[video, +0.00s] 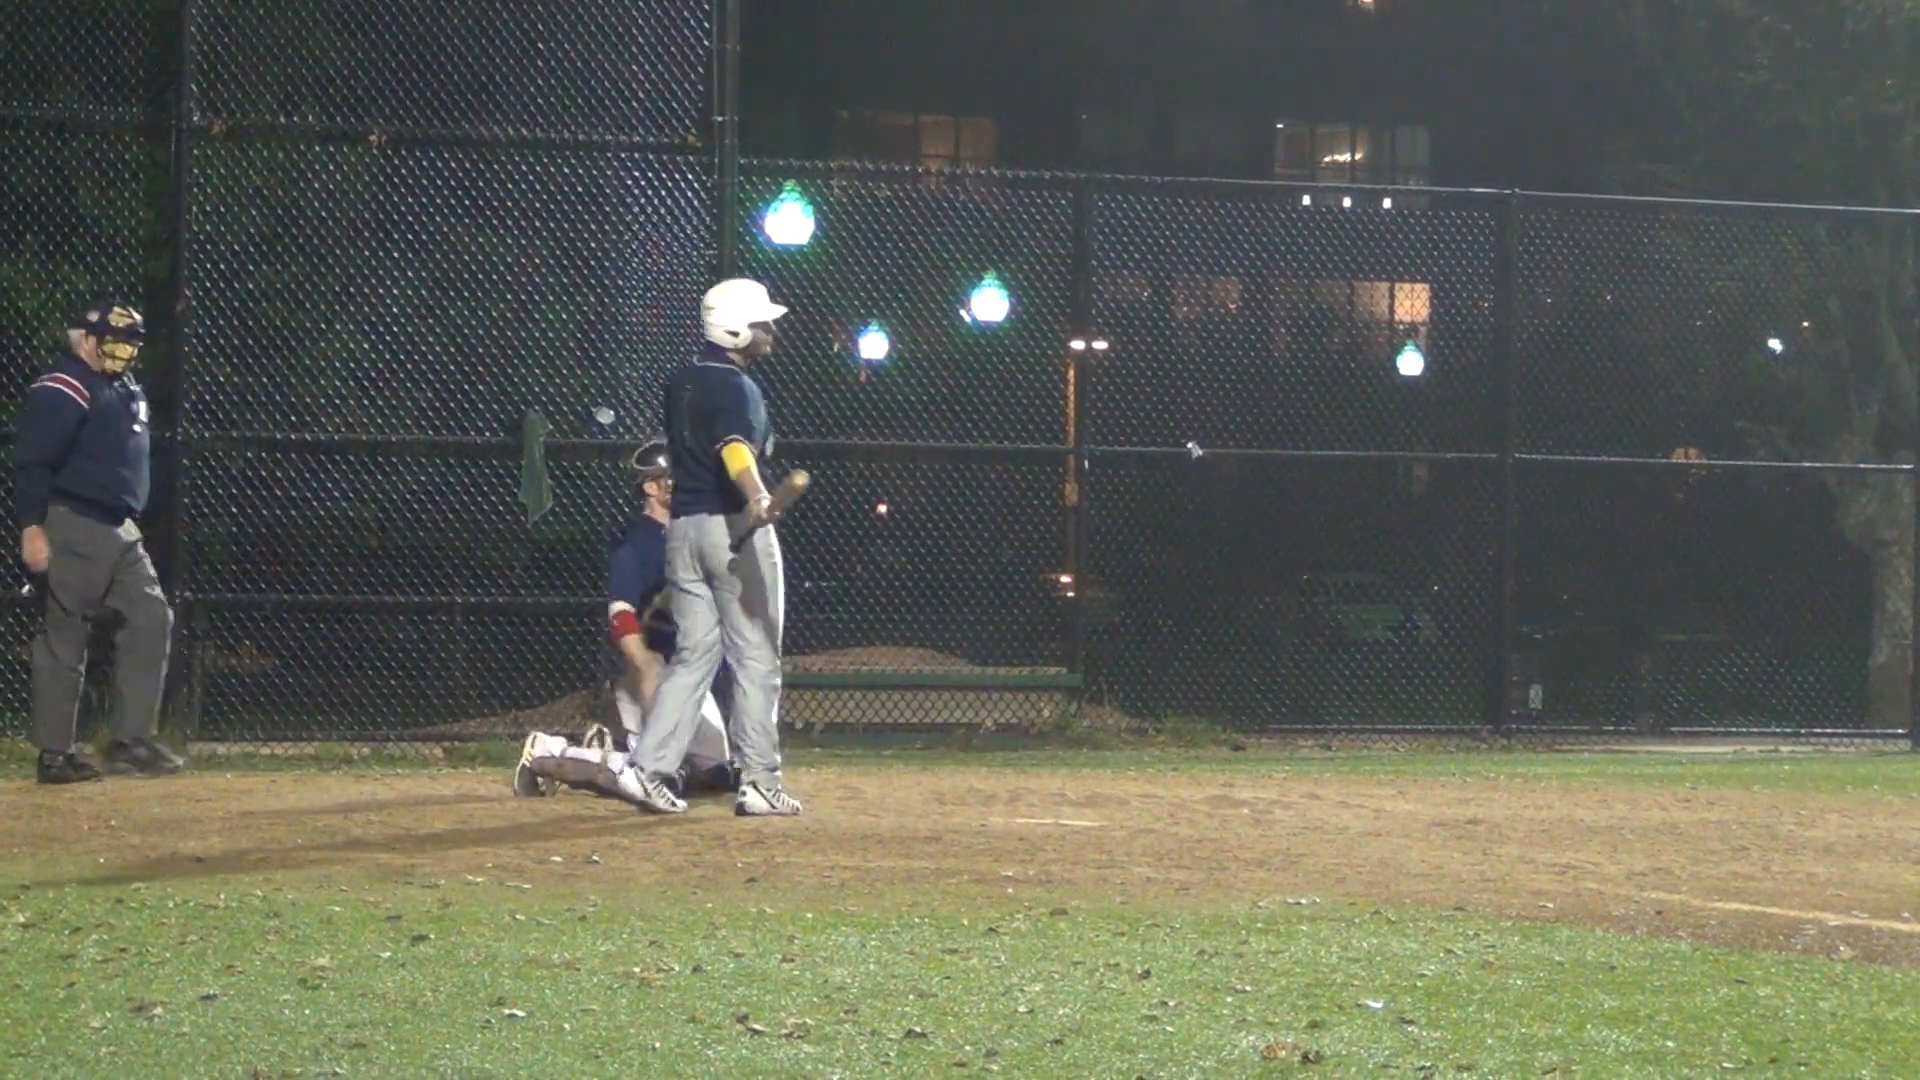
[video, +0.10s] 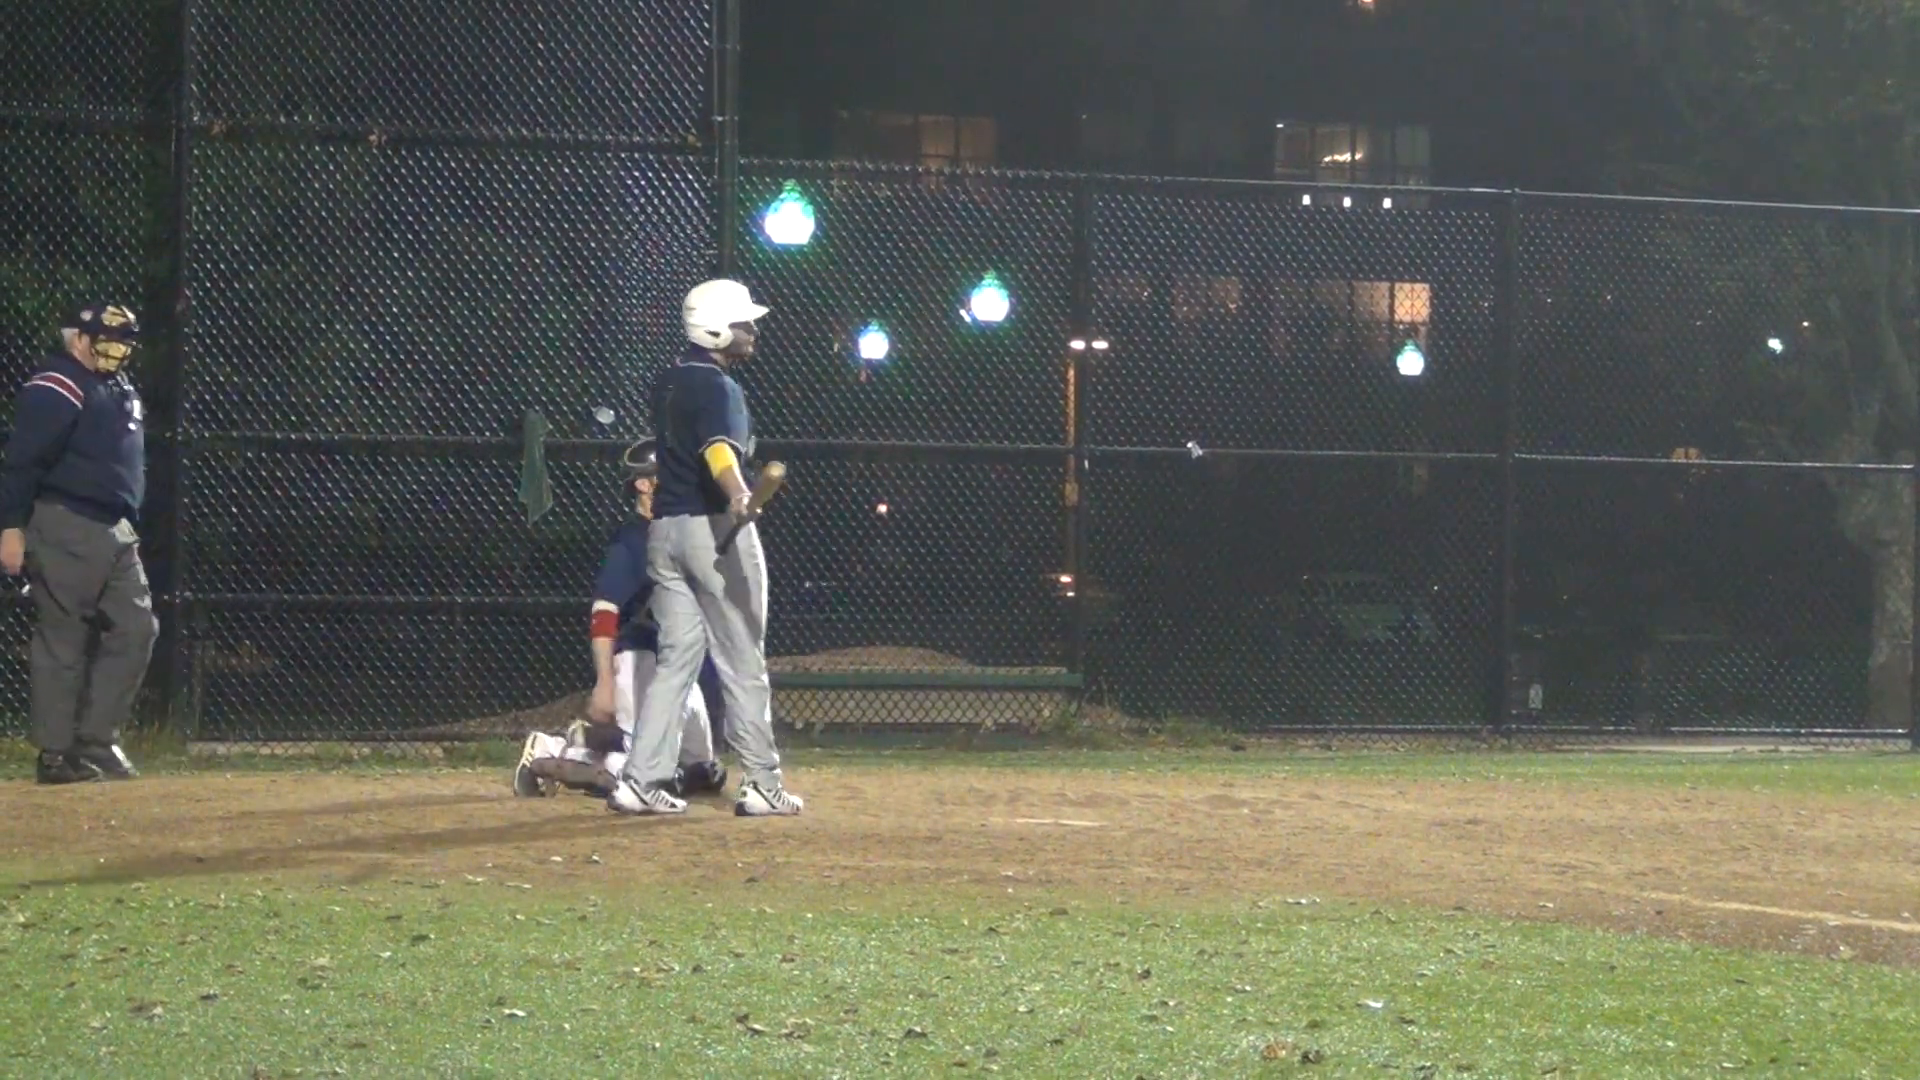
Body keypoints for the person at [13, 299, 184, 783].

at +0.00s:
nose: (119, 351)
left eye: (126, 343)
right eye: (110, 341)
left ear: (134, 347)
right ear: (85, 340)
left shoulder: (127, 389)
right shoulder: (66, 385)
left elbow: (119, 459)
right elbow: (31, 458)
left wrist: (124, 515)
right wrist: (31, 526)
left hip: (119, 528)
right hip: (74, 525)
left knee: (151, 618)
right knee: (65, 633)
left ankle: (133, 740)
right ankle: (57, 753)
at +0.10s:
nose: (117, 354)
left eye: (123, 347)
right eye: (109, 344)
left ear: (127, 349)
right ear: (81, 341)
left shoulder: (121, 391)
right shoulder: (56, 386)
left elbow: (112, 462)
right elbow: (20, 459)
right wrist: (12, 527)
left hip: (114, 530)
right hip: (66, 526)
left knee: (134, 629)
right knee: (61, 636)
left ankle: (97, 742)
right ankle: (55, 751)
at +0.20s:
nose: (111, 352)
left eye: (118, 344)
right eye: (102, 343)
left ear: (123, 347)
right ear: (76, 340)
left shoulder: (119, 391)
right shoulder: (54, 385)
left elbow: (113, 462)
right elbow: (16, 459)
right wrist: (6, 527)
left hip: (109, 527)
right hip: (62, 522)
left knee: (110, 638)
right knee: (60, 636)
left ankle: (79, 745)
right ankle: (54, 751)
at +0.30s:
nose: (107, 349)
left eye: (114, 341)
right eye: (97, 340)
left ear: (120, 345)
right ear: (72, 338)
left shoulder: (119, 393)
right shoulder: (52, 384)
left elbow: (115, 471)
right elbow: (13, 459)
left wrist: (121, 537)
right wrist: (5, 528)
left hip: (103, 529)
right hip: (61, 522)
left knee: (92, 639)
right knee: (59, 635)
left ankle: (70, 748)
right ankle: (52, 753)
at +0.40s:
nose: (106, 348)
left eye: (113, 340)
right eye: (97, 338)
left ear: (119, 343)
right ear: (73, 337)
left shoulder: (117, 391)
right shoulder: (52, 383)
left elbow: (115, 469)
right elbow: (15, 458)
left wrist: (123, 530)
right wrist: (12, 525)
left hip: (102, 526)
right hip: (61, 519)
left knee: (87, 636)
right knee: (58, 631)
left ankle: (70, 746)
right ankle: (51, 752)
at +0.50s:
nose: (106, 348)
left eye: (112, 339)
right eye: (97, 338)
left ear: (119, 343)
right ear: (73, 338)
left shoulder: (114, 389)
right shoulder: (53, 384)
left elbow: (111, 466)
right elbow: (18, 458)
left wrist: (126, 527)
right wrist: (25, 523)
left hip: (100, 525)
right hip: (63, 520)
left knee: (86, 634)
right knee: (58, 632)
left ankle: (70, 745)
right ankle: (51, 752)